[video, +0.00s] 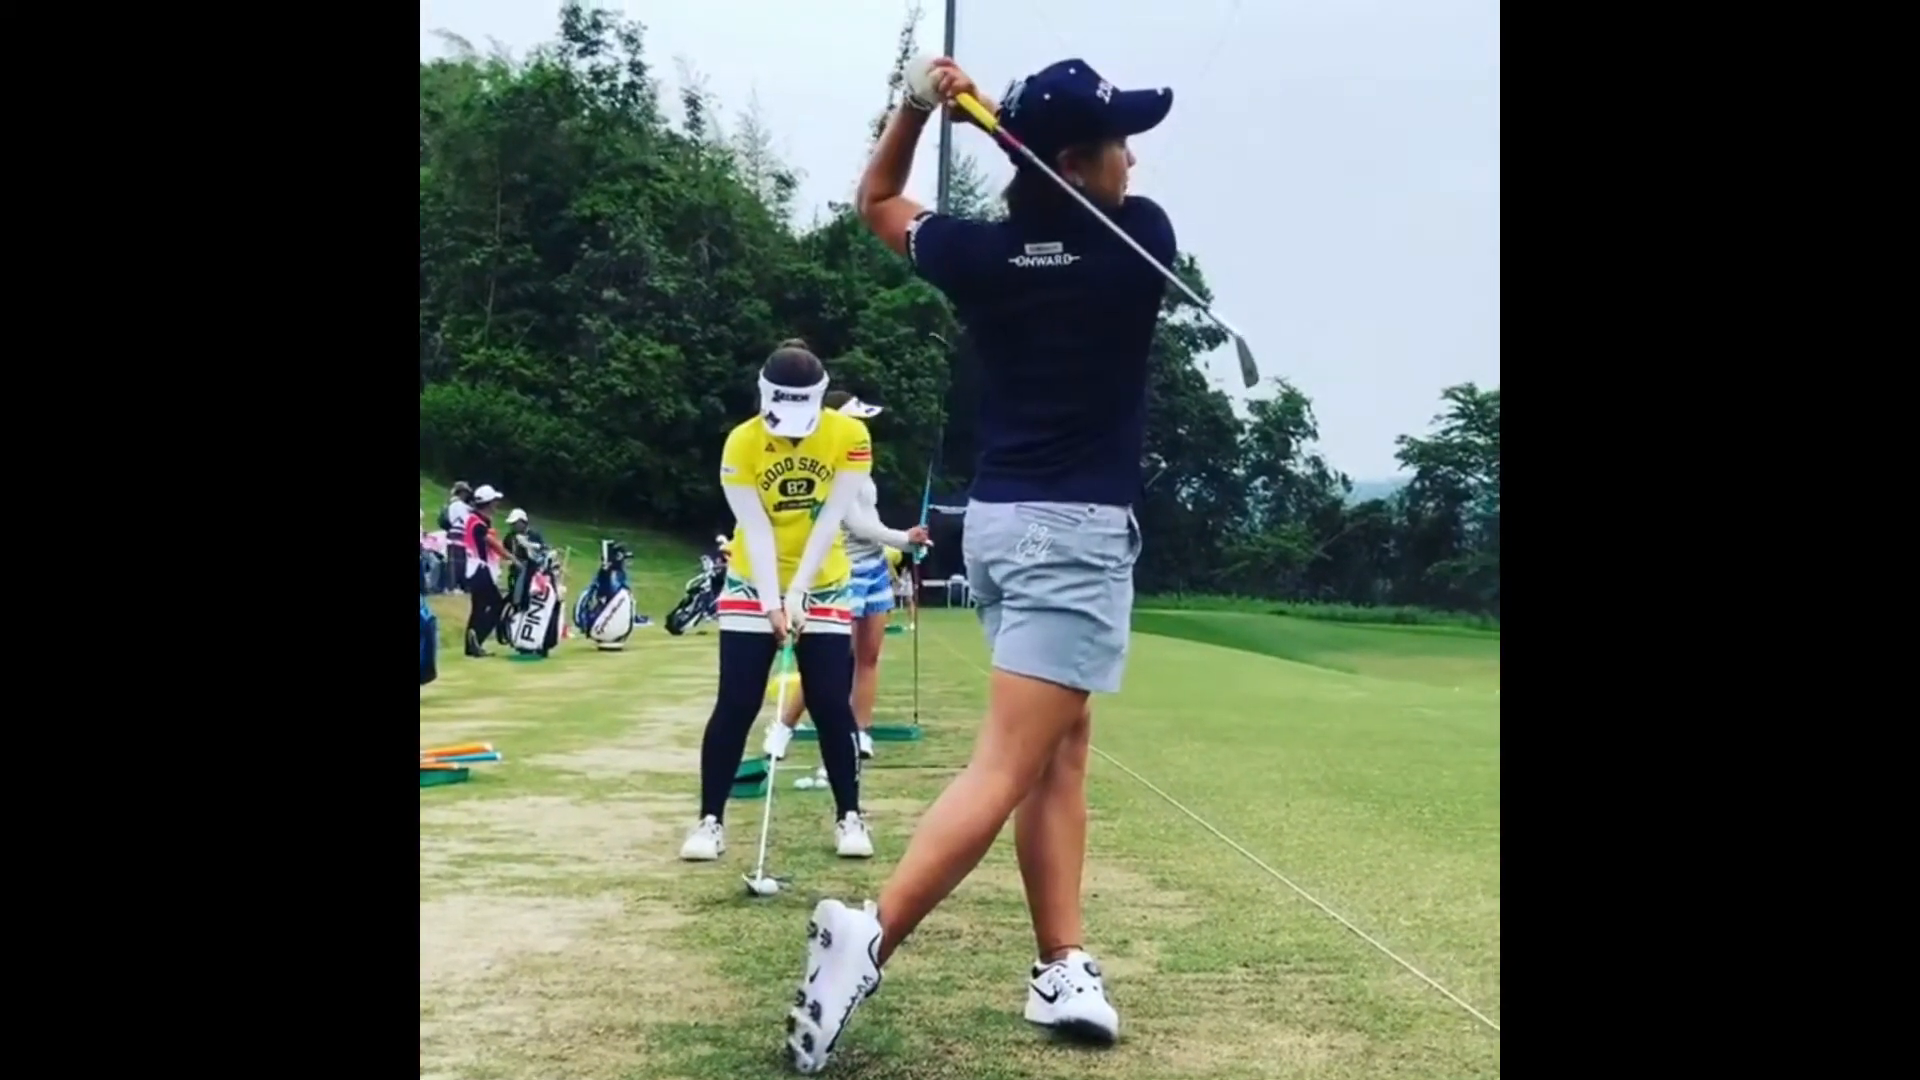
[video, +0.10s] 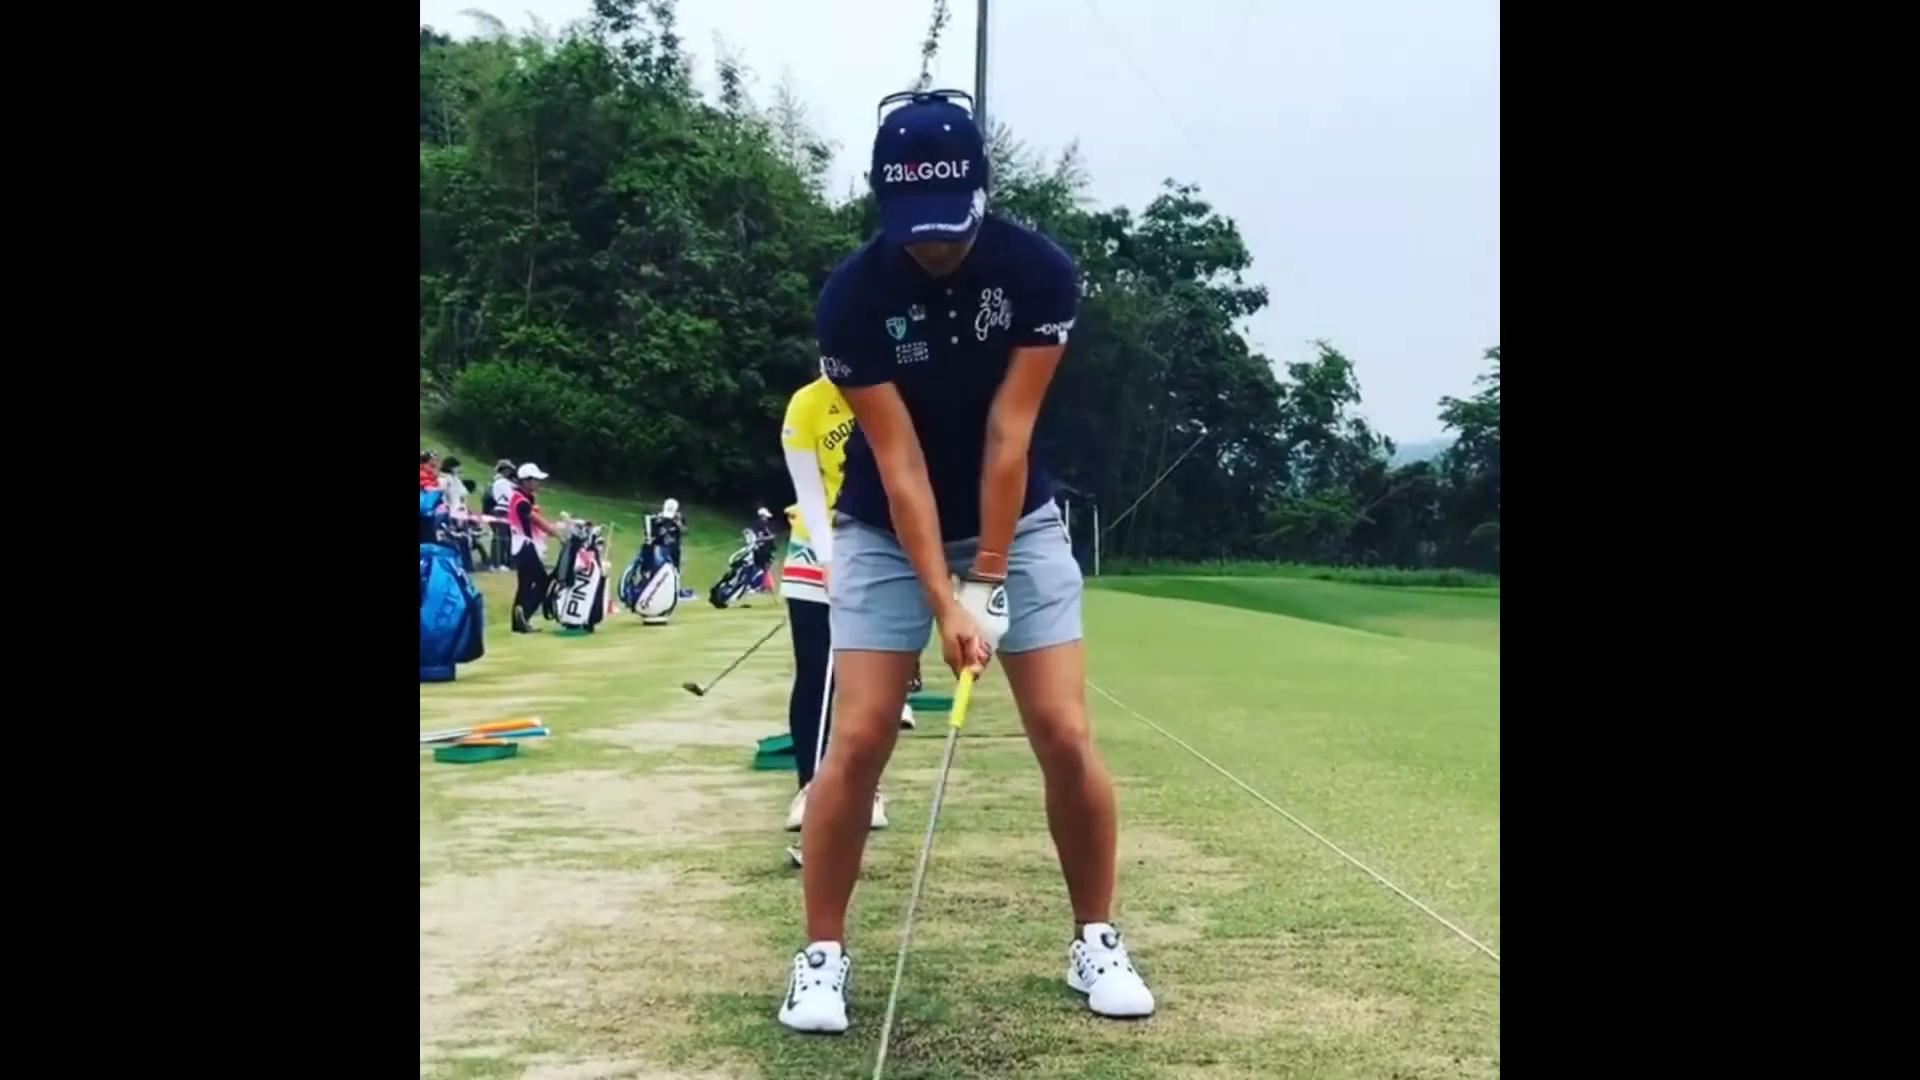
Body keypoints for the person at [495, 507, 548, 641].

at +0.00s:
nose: (513, 527)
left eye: (516, 524)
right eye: (512, 524)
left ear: (523, 523)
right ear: (512, 524)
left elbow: (543, 549)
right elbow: (506, 553)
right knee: (514, 598)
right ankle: (502, 624)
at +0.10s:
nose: (538, 484)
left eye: (538, 481)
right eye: (535, 481)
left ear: (527, 482)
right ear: (525, 481)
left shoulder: (522, 498)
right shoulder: (521, 502)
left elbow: (539, 521)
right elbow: (539, 522)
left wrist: (557, 528)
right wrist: (558, 533)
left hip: (523, 543)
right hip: (525, 545)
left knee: (525, 582)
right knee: (542, 580)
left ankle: (518, 621)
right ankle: (524, 612)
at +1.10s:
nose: (527, 497)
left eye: (527, 493)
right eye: (524, 493)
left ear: (514, 496)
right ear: (514, 495)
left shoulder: (511, 513)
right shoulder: (510, 516)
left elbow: (525, 535)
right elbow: (526, 536)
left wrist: (541, 543)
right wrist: (545, 546)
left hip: (512, 557)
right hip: (512, 559)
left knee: (511, 596)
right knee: (529, 594)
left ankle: (505, 634)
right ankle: (511, 626)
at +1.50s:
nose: (508, 500)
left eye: (508, 497)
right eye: (506, 497)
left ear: (493, 498)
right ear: (498, 498)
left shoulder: (486, 515)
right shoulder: (492, 520)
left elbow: (504, 538)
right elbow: (508, 541)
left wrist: (522, 546)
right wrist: (526, 551)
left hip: (487, 559)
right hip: (493, 562)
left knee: (491, 599)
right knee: (509, 597)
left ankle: (485, 638)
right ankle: (491, 629)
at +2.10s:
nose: (495, 506)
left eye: (495, 503)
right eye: (493, 503)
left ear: (479, 503)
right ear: (486, 504)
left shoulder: (473, 521)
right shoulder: (479, 525)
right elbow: (495, 546)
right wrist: (513, 558)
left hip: (473, 564)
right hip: (479, 567)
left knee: (479, 605)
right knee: (497, 602)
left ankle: (472, 645)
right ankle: (478, 636)